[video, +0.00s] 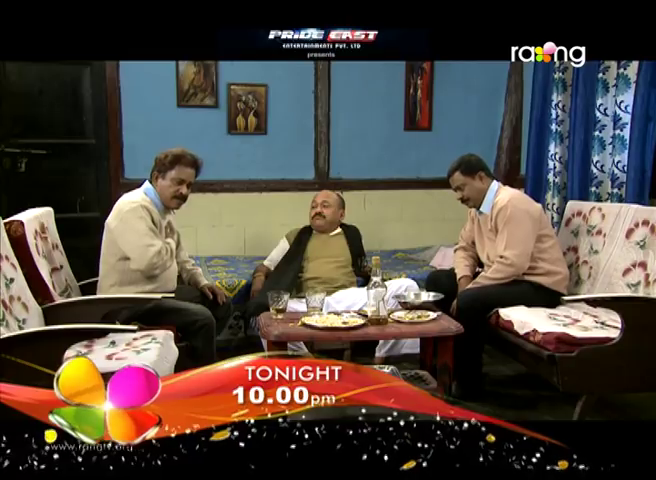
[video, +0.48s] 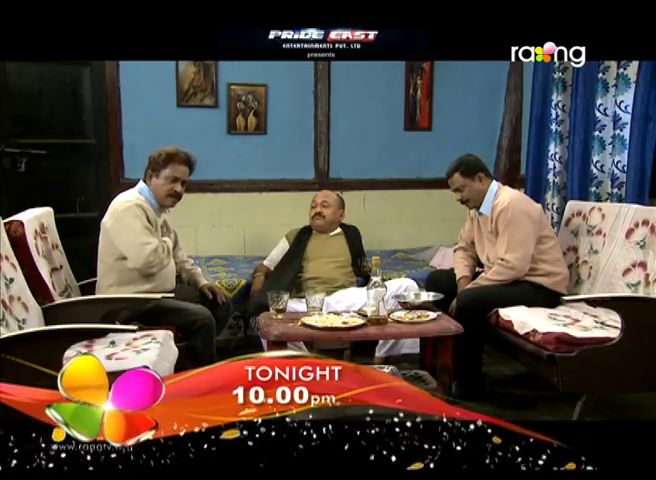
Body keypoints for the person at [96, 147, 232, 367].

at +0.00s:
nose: (184, 191)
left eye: (189, 186)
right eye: (178, 183)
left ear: (192, 188)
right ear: (157, 178)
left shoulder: (162, 215)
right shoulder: (132, 208)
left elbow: (181, 259)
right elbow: (149, 262)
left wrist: (203, 283)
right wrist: (170, 244)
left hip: (155, 296)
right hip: (127, 304)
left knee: (218, 304)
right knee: (201, 319)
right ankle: (204, 386)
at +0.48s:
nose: (179, 189)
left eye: (183, 184)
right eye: (173, 180)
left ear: (186, 186)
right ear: (151, 177)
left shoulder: (158, 214)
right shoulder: (127, 208)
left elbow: (179, 258)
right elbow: (145, 261)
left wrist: (202, 283)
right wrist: (167, 241)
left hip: (156, 297)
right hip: (127, 305)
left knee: (218, 304)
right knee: (200, 319)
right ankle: (203, 386)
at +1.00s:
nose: (171, 187)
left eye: (175, 181)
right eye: (164, 179)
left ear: (179, 183)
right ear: (142, 177)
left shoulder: (153, 212)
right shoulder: (120, 208)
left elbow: (176, 257)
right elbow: (140, 260)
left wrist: (202, 282)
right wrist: (163, 241)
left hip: (156, 296)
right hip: (127, 304)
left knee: (218, 303)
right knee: (200, 318)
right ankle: (204, 384)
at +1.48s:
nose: (165, 185)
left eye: (169, 179)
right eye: (158, 177)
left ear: (173, 182)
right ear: (136, 176)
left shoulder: (147, 211)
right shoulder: (115, 208)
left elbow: (175, 258)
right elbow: (140, 258)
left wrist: (201, 282)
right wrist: (163, 238)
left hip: (156, 295)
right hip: (127, 304)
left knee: (218, 303)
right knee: (200, 318)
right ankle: (203, 385)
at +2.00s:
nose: (160, 183)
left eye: (164, 178)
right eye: (153, 175)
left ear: (168, 181)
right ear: (132, 176)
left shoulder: (151, 212)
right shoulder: (111, 206)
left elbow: (174, 257)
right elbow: (148, 240)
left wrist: (200, 281)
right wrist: (165, 218)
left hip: (159, 294)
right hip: (126, 302)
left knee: (218, 303)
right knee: (200, 318)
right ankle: (204, 384)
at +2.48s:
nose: (160, 177)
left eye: (163, 173)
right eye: (152, 170)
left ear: (166, 177)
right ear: (131, 175)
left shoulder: (146, 211)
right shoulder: (112, 202)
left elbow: (168, 255)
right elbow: (112, 226)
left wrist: (199, 280)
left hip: (159, 293)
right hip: (126, 302)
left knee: (218, 302)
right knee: (201, 318)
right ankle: (204, 382)